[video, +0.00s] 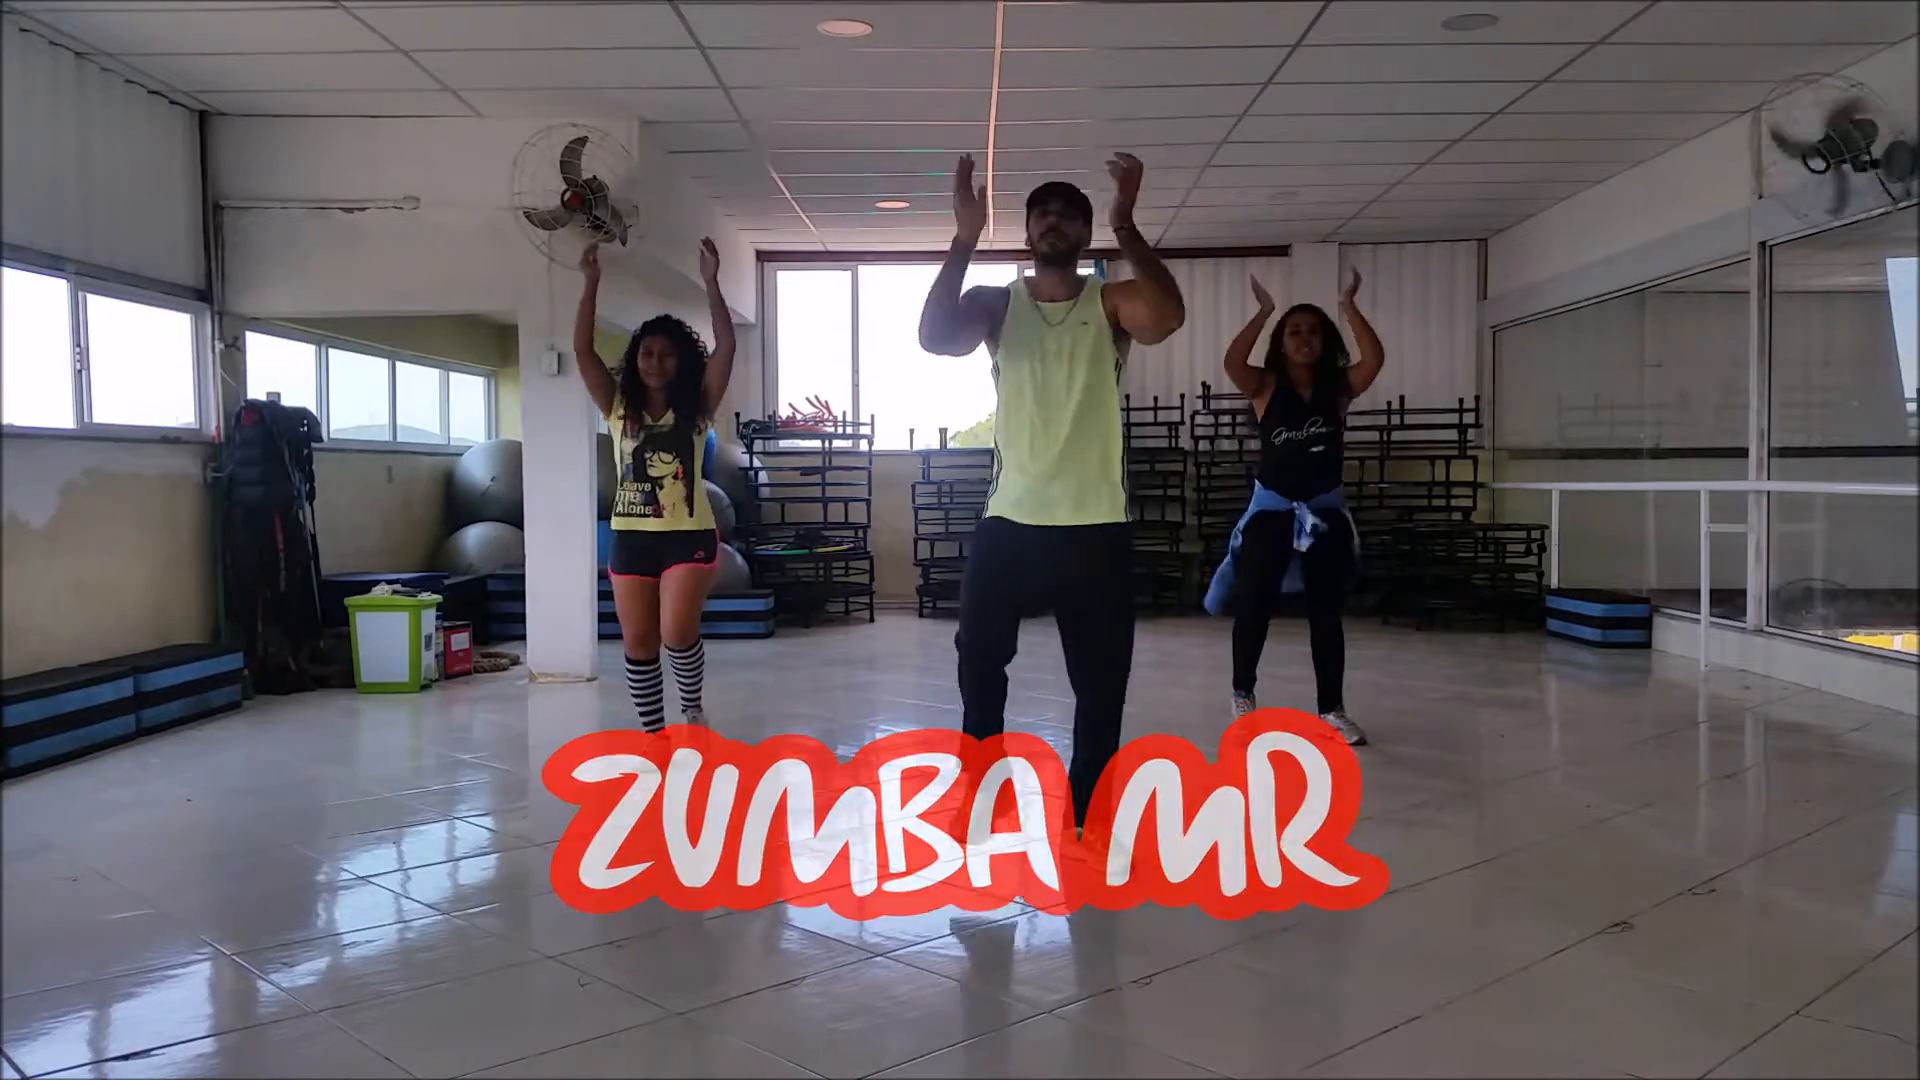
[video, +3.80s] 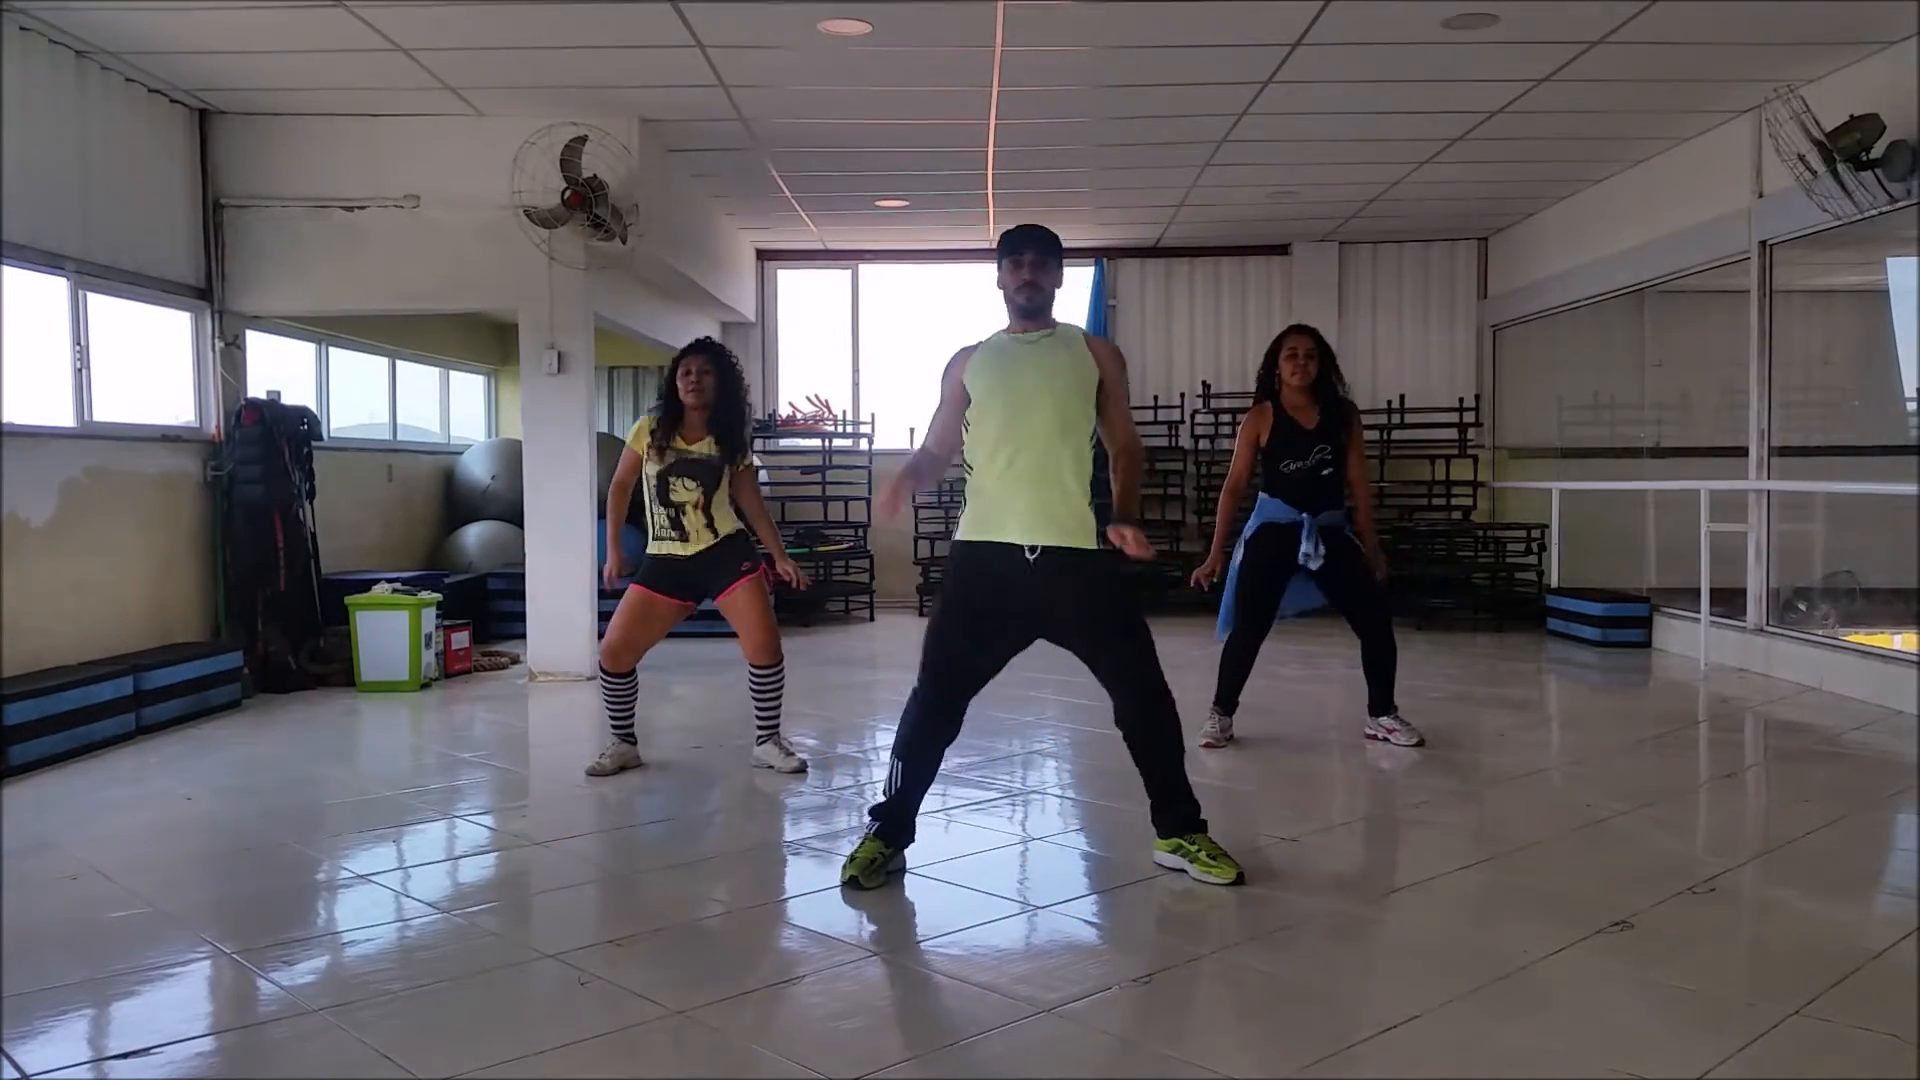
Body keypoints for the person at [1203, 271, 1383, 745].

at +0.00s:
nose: (1304, 339)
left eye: (1313, 332)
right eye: (1295, 333)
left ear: (1326, 341)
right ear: (1280, 342)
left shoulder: (1337, 388)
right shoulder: (1264, 386)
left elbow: (1373, 357)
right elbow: (1233, 363)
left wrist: (1349, 306)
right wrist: (1263, 314)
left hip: (1326, 516)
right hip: (1270, 515)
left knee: (1327, 614)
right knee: (1254, 605)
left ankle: (1332, 712)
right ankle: (1243, 698)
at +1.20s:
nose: (1293, 340)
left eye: (1301, 332)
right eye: (1285, 333)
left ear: (1316, 340)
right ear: (1274, 339)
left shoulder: (1334, 384)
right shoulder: (1259, 383)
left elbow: (1368, 381)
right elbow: (1222, 376)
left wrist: (1322, 350)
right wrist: (1282, 361)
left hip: (1322, 513)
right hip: (1266, 513)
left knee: (1326, 615)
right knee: (1255, 615)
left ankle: (1333, 716)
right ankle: (1235, 717)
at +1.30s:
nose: (1286, 338)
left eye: (1295, 331)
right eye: (1277, 332)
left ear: (1309, 342)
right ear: (1262, 343)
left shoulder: (1326, 390)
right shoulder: (1248, 387)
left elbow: (1375, 413)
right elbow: (1201, 402)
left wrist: (1327, 383)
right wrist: (1265, 390)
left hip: (1315, 515)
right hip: (1258, 515)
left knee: (1327, 614)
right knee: (1249, 615)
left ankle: (1335, 713)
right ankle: (1234, 715)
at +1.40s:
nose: (1278, 337)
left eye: (1287, 331)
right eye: (1269, 331)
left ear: (1300, 342)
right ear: (1254, 342)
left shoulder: (1317, 390)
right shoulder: (1239, 388)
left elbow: (1368, 434)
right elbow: (1191, 427)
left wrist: (1336, 428)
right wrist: (1239, 436)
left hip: (1309, 513)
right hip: (1252, 514)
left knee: (1343, 598)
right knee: (1245, 611)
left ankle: (1347, 705)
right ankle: (1234, 715)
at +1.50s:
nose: (1279, 335)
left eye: (1287, 329)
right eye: (1269, 329)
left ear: (1300, 339)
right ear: (1254, 339)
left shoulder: (1315, 390)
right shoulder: (1235, 387)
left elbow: (1350, 438)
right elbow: (1195, 444)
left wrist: (1362, 460)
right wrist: (1220, 476)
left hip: (1308, 511)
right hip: (1251, 512)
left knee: (1348, 598)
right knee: (1245, 611)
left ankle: (1365, 700)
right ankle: (1234, 715)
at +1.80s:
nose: (1298, 347)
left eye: (1306, 341)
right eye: (1288, 341)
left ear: (1319, 351)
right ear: (1273, 351)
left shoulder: (1339, 401)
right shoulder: (1255, 405)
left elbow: (1363, 467)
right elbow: (1233, 473)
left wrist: (1387, 528)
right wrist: (1221, 533)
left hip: (1332, 524)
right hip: (1274, 526)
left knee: (1363, 616)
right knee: (1260, 616)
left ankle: (1381, 716)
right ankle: (1225, 713)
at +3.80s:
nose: (1300, 362)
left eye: (1309, 355)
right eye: (1291, 355)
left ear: (1321, 364)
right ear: (1276, 364)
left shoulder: (1343, 415)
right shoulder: (1259, 418)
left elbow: (1359, 486)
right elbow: (1233, 488)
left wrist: (1368, 548)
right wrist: (1216, 552)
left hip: (1330, 534)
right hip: (1274, 533)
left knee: (1375, 618)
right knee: (1251, 621)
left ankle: (1383, 717)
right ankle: (1221, 716)